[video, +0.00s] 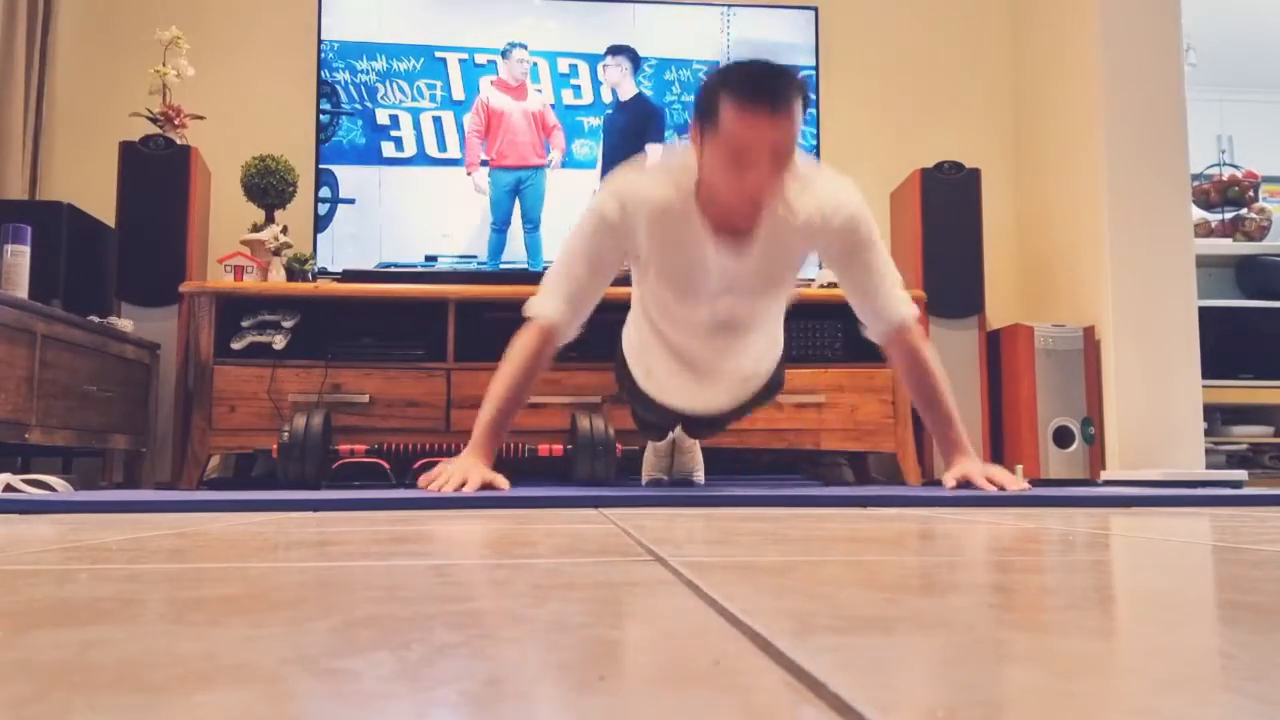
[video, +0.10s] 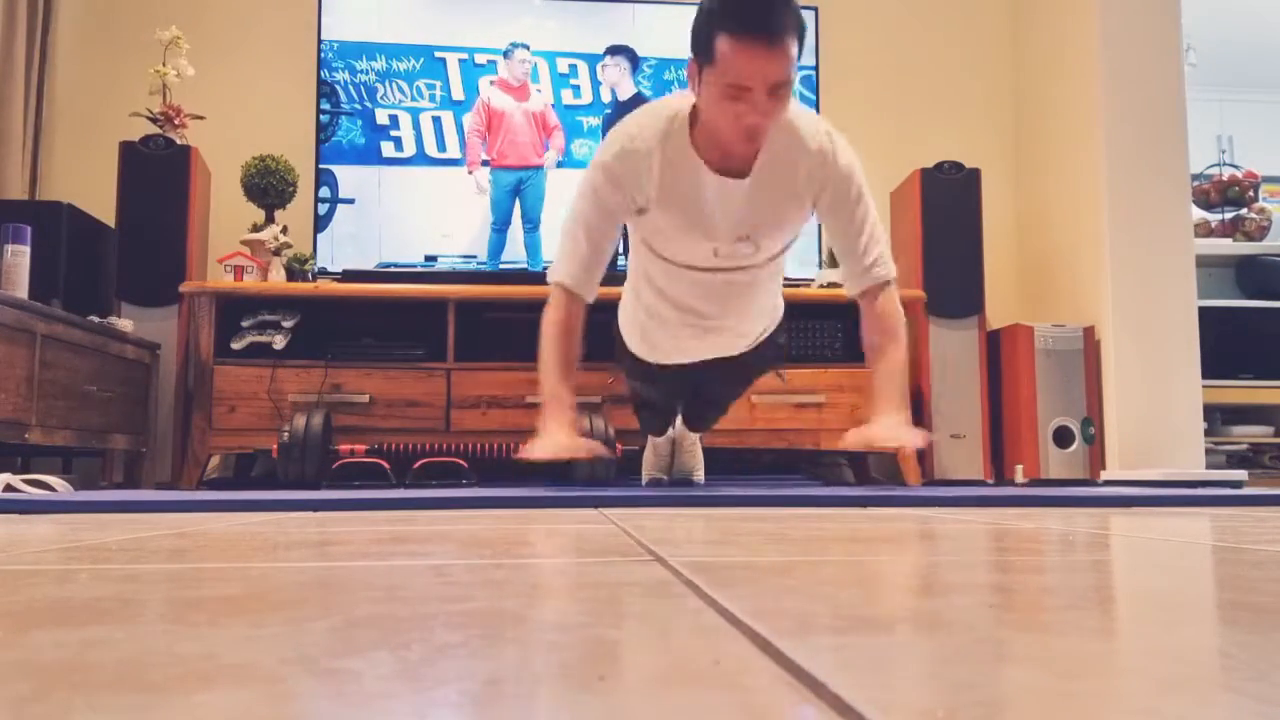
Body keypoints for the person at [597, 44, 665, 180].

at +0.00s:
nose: (603, 73)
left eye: (606, 67)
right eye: (603, 67)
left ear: (623, 69)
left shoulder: (651, 112)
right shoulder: (611, 111)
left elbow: (653, 166)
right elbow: (603, 157)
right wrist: (599, 188)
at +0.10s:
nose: (603, 70)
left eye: (609, 65)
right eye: (604, 65)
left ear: (624, 70)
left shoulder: (646, 110)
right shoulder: (611, 114)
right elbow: (607, 156)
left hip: (639, 191)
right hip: (612, 193)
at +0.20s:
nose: (601, 72)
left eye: (605, 66)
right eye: (602, 67)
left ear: (622, 69)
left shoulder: (649, 112)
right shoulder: (609, 113)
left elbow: (651, 164)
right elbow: (604, 157)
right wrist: (599, 187)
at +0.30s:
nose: (600, 71)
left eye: (605, 66)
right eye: (601, 66)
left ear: (621, 69)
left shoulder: (647, 110)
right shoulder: (609, 112)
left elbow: (651, 156)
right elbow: (602, 151)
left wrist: (638, 195)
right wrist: (596, 179)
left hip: (631, 194)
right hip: (606, 192)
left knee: (632, 253)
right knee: (606, 252)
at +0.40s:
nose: (600, 71)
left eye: (606, 66)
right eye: (601, 66)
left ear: (621, 70)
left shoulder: (647, 110)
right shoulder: (608, 112)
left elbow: (650, 155)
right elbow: (602, 151)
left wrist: (638, 195)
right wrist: (595, 180)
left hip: (630, 193)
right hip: (606, 192)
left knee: (631, 253)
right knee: (606, 253)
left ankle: (635, 299)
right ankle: (605, 297)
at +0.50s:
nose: (601, 71)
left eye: (606, 66)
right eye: (600, 67)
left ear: (621, 70)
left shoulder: (646, 110)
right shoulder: (608, 112)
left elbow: (650, 155)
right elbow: (602, 151)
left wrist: (638, 195)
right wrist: (595, 179)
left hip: (630, 193)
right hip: (605, 192)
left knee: (631, 253)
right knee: (606, 253)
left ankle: (635, 299)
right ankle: (605, 297)